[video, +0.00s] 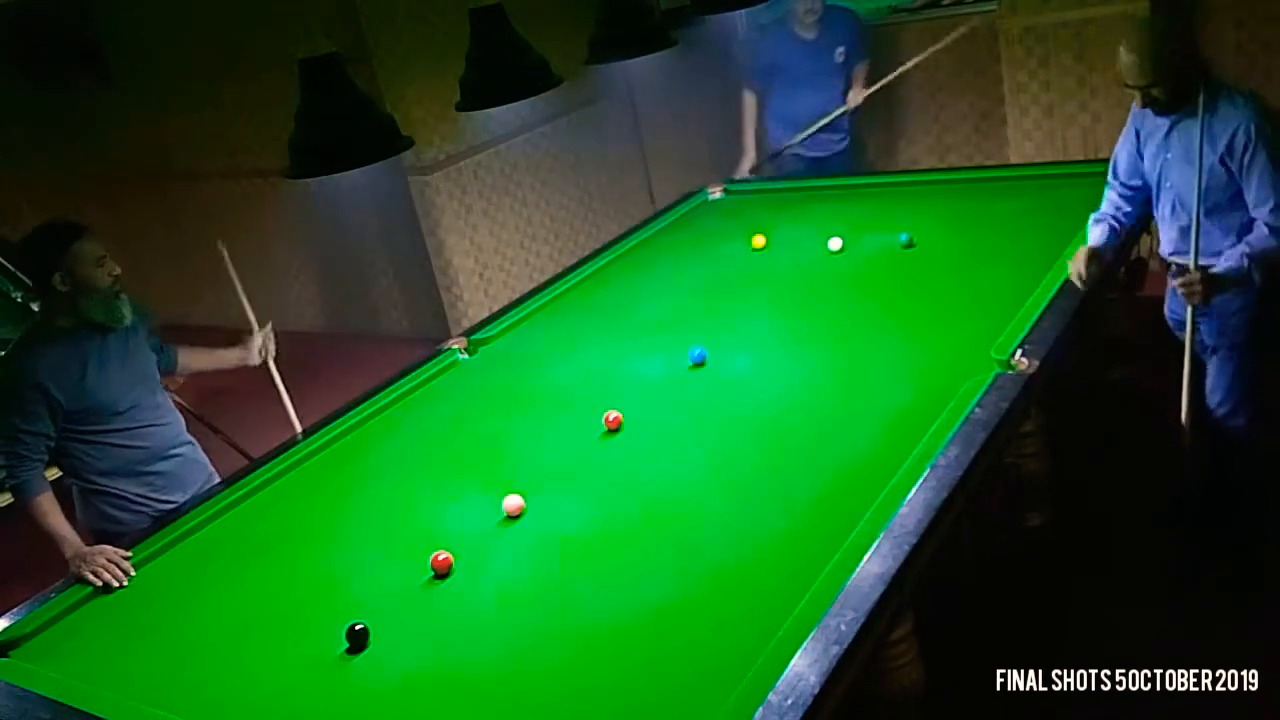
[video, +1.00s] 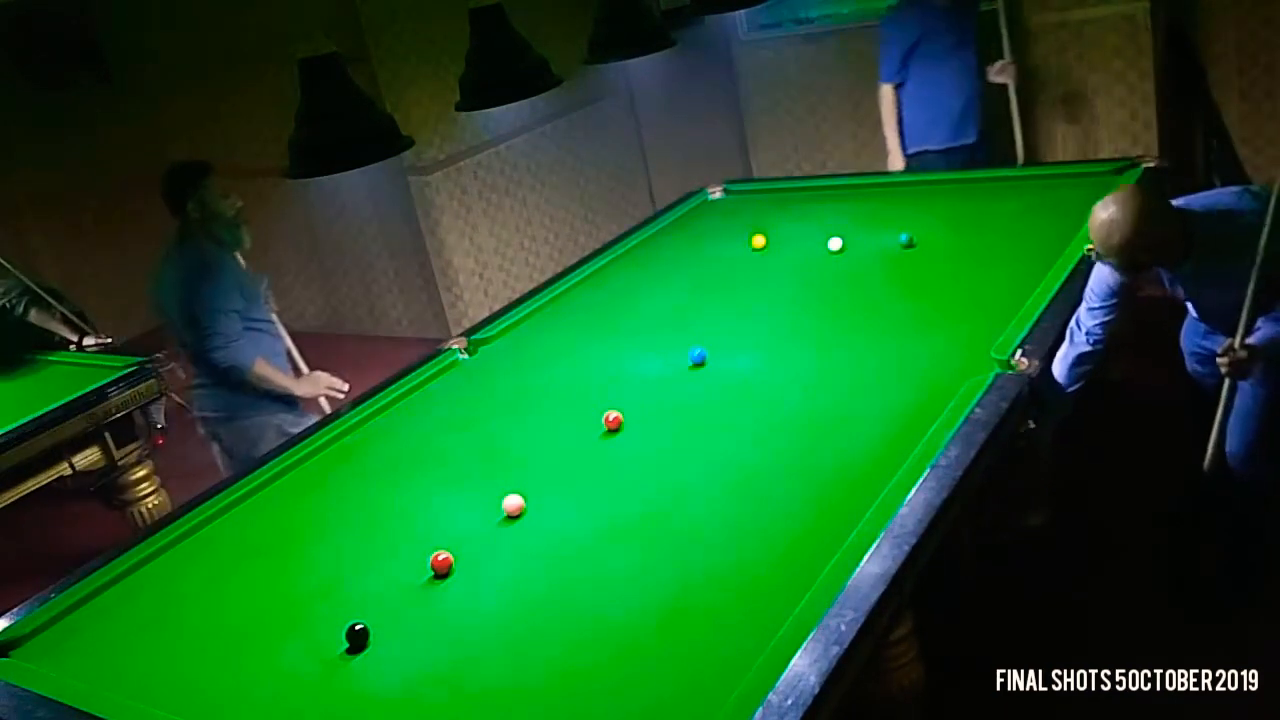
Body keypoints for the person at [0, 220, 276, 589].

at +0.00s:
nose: (116, 270)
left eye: (110, 260)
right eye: (99, 264)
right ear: (62, 282)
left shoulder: (127, 319)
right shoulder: (32, 363)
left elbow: (163, 359)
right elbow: (23, 470)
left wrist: (245, 354)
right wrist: (75, 550)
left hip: (203, 491)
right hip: (135, 530)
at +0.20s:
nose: (129, 259)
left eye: (122, 249)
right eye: (113, 253)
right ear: (78, 270)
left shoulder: (124, 312)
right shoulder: (56, 349)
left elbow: (158, 376)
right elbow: (41, 457)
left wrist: (228, 388)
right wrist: (102, 531)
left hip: (205, 486)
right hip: (152, 521)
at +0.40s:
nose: (150, 246)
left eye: (142, 236)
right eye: (134, 239)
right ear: (101, 257)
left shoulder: (134, 304)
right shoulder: (94, 327)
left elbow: (164, 371)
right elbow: (96, 429)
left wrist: (222, 377)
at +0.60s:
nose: (175, 231)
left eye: (169, 221)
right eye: (161, 225)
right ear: (131, 241)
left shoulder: (154, 290)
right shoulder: (136, 301)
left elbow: (174, 363)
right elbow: (156, 398)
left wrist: (223, 352)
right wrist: (244, 431)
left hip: (227, 464)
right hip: (202, 480)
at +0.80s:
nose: (201, 211)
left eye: (196, 201)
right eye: (187, 205)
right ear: (159, 218)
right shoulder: (170, 272)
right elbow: (188, 368)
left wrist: (228, 322)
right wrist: (271, 402)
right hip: (230, 434)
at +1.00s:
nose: (237, 202)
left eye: (231, 193)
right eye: (223, 196)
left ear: (195, 210)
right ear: (195, 209)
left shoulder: (188, 258)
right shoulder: (209, 261)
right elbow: (223, 350)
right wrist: (296, 386)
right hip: (260, 418)